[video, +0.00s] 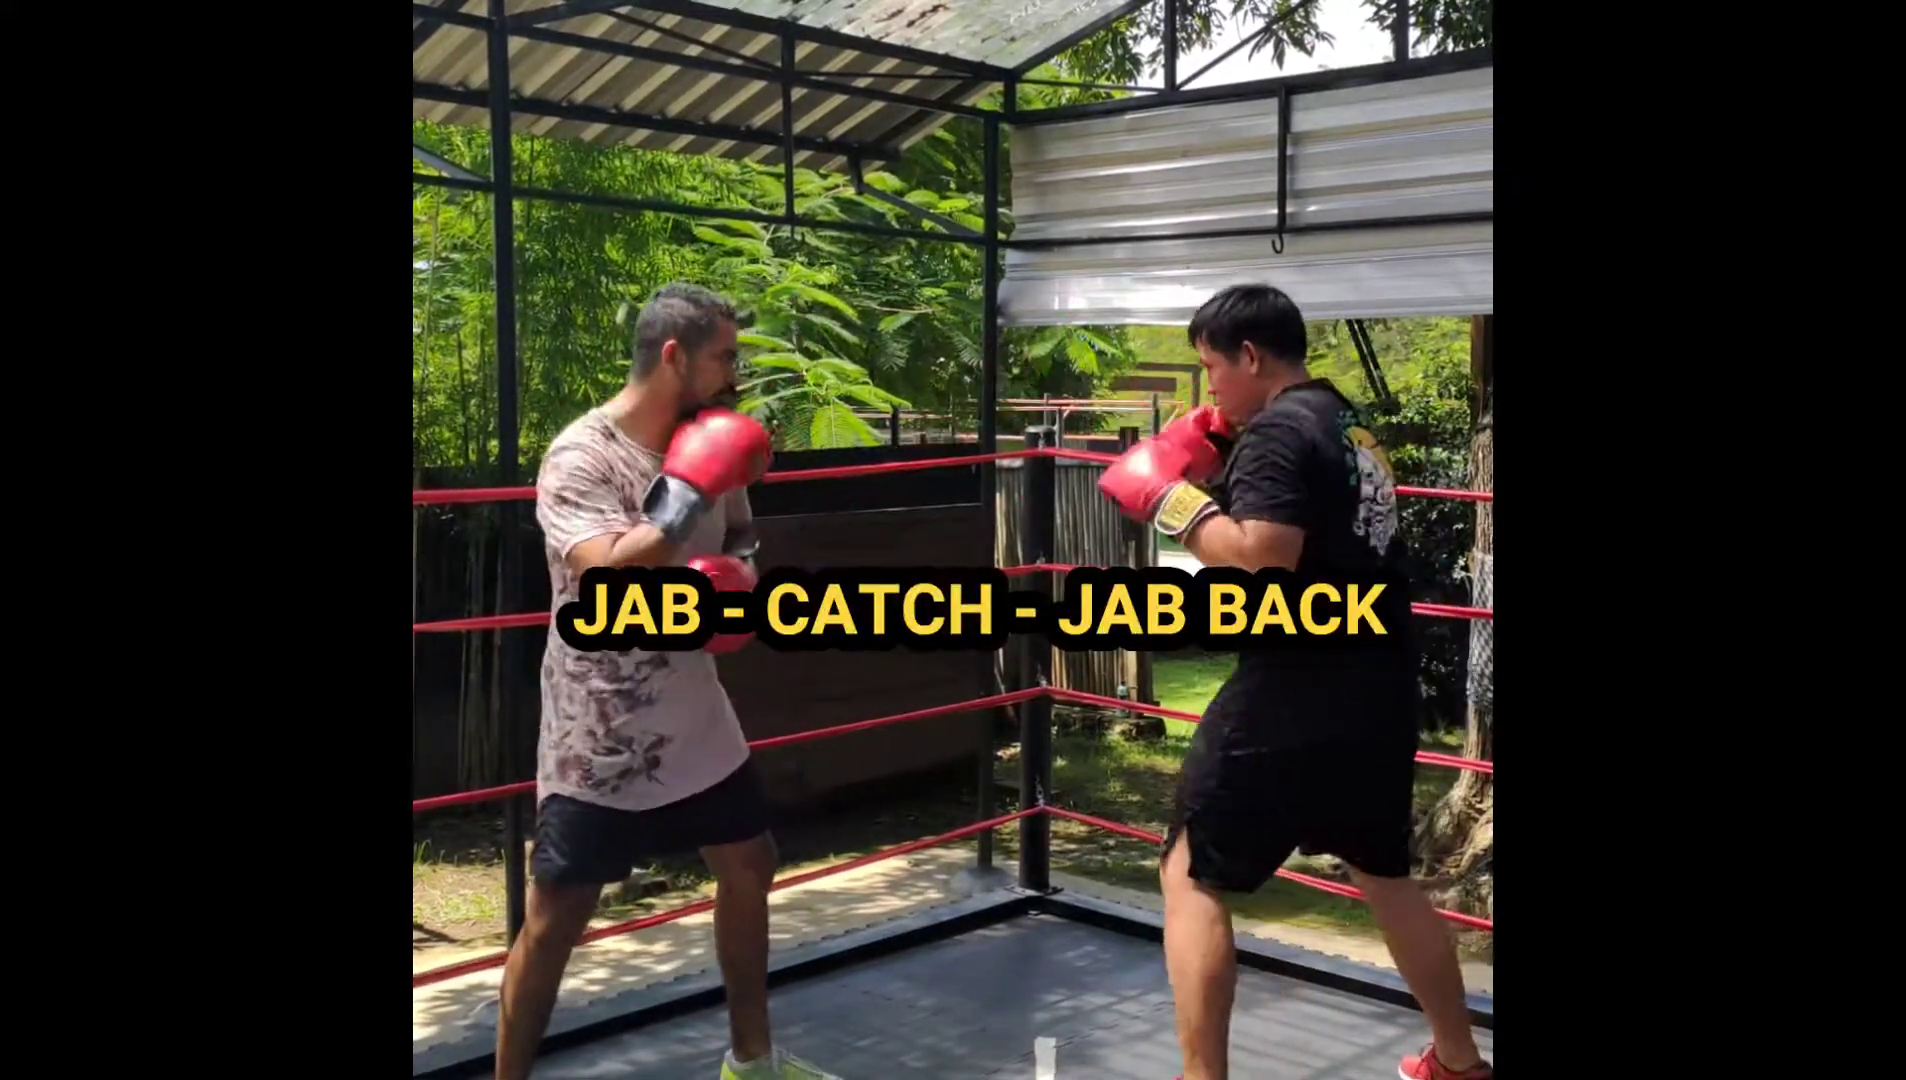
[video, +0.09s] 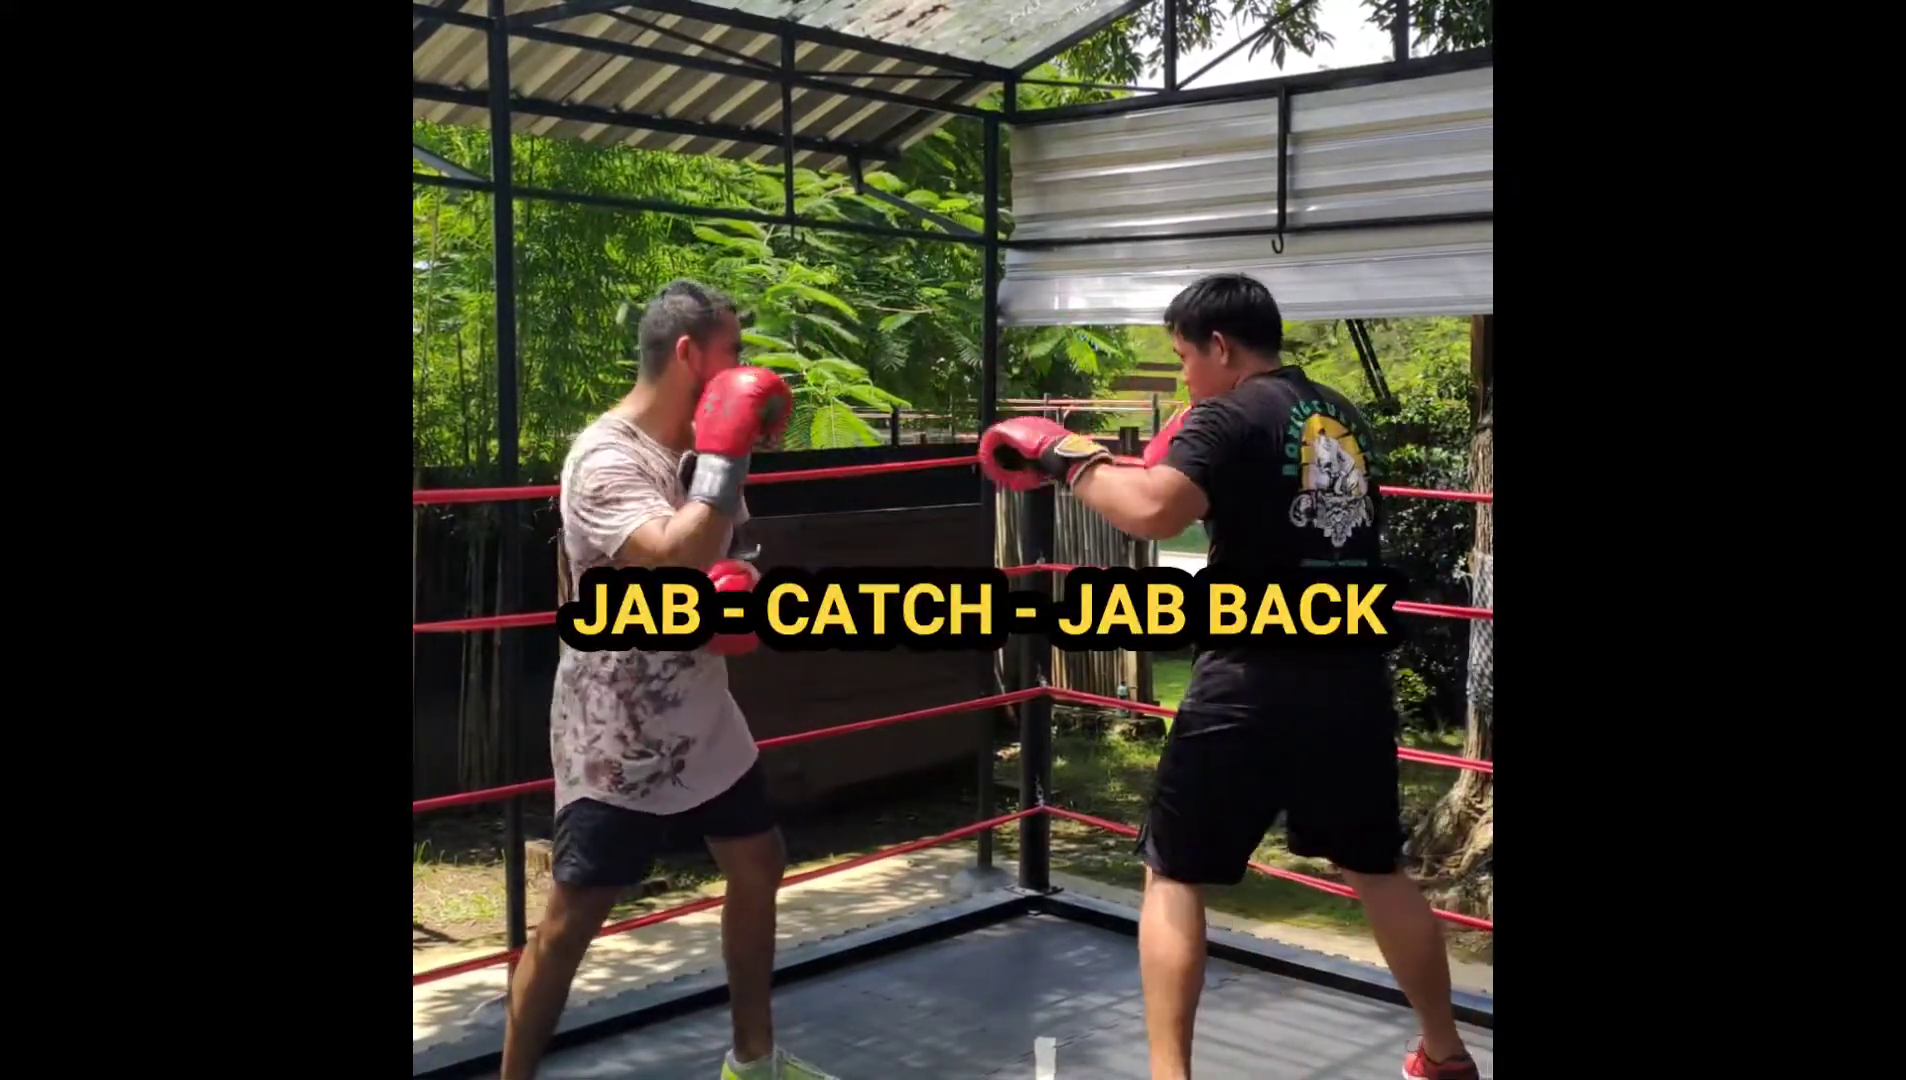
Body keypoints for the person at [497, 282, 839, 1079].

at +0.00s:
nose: (735, 374)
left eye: (737, 359)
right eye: (726, 358)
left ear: (681, 358)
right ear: (672, 354)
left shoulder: (709, 450)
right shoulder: (576, 458)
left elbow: (743, 551)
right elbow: (602, 565)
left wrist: (735, 586)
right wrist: (689, 494)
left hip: (693, 712)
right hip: (593, 729)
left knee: (748, 867)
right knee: (552, 923)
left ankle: (753, 1059)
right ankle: (508, 1075)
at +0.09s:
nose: (738, 369)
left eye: (740, 354)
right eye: (733, 352)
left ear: (682, 355)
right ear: (687, 352)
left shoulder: (698, 448)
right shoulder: (601, 460)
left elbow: (735, 549)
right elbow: (675, 554)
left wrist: (736, 593)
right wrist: (721, 454)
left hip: (703, 718)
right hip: (613, 736)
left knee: (757, 868)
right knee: (566, 927)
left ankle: (755, 1058)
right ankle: (514, 1074)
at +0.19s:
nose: (745, 365)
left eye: (744, 348)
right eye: (737, 348)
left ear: (682, 349)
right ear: (697, 347)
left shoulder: (671, 435)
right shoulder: (646, 444)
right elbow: (787, 502)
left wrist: (736, 578)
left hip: (705, 707)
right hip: (638, 717)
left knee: (758, 863)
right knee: (587, 916)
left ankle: (754, 1055)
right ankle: (519, 1074)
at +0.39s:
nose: (739, 362)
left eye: (739, 347)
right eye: (732, 346)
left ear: (672, 348)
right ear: (693, 347)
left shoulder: (650, 433)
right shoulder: (656, 447)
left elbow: (675, 552)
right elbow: (792, 517)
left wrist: (745, 562)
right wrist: (820, 420)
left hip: (714, 696)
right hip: (656, 702)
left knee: (764, 860)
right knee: (621, 918)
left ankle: (754, 1056)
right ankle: (523, 1073)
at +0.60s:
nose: (727, 369)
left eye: (728, 353)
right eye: (720, 352)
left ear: (668, 356)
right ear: (674, 354)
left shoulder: (673, 445)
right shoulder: (594, 459)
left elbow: (693, 540)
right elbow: (686, 562)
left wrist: (720, 563)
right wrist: (734, 471)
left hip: (692, 706)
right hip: (611, 717)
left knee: (740, 867)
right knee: (582, 923)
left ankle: (755, 1059)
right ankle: (513, 1074)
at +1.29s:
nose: (769, 380)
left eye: (773, 364)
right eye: (761, 361)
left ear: (719, 360)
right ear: (707, 355)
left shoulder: (741, 462)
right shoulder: (611, 444)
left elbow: (777, 535)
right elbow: (617, 556)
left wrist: (825, 529)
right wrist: (714, 488)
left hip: (721, 714)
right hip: (613, 722)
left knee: (778, 873)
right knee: (560, 915)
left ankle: (783, 1057)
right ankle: (505, 1075)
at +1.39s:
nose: (800, 387)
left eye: (805, 373)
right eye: (792, 370)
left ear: (761, 369)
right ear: (737, 361)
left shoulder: (799, 441)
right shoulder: (641, 440)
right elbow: (627, 546)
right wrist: (726, 475)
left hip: (734, 724)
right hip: (620, 725)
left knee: (792, 868)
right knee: (565, 899)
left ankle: (785, 1057)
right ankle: (503, 1073)